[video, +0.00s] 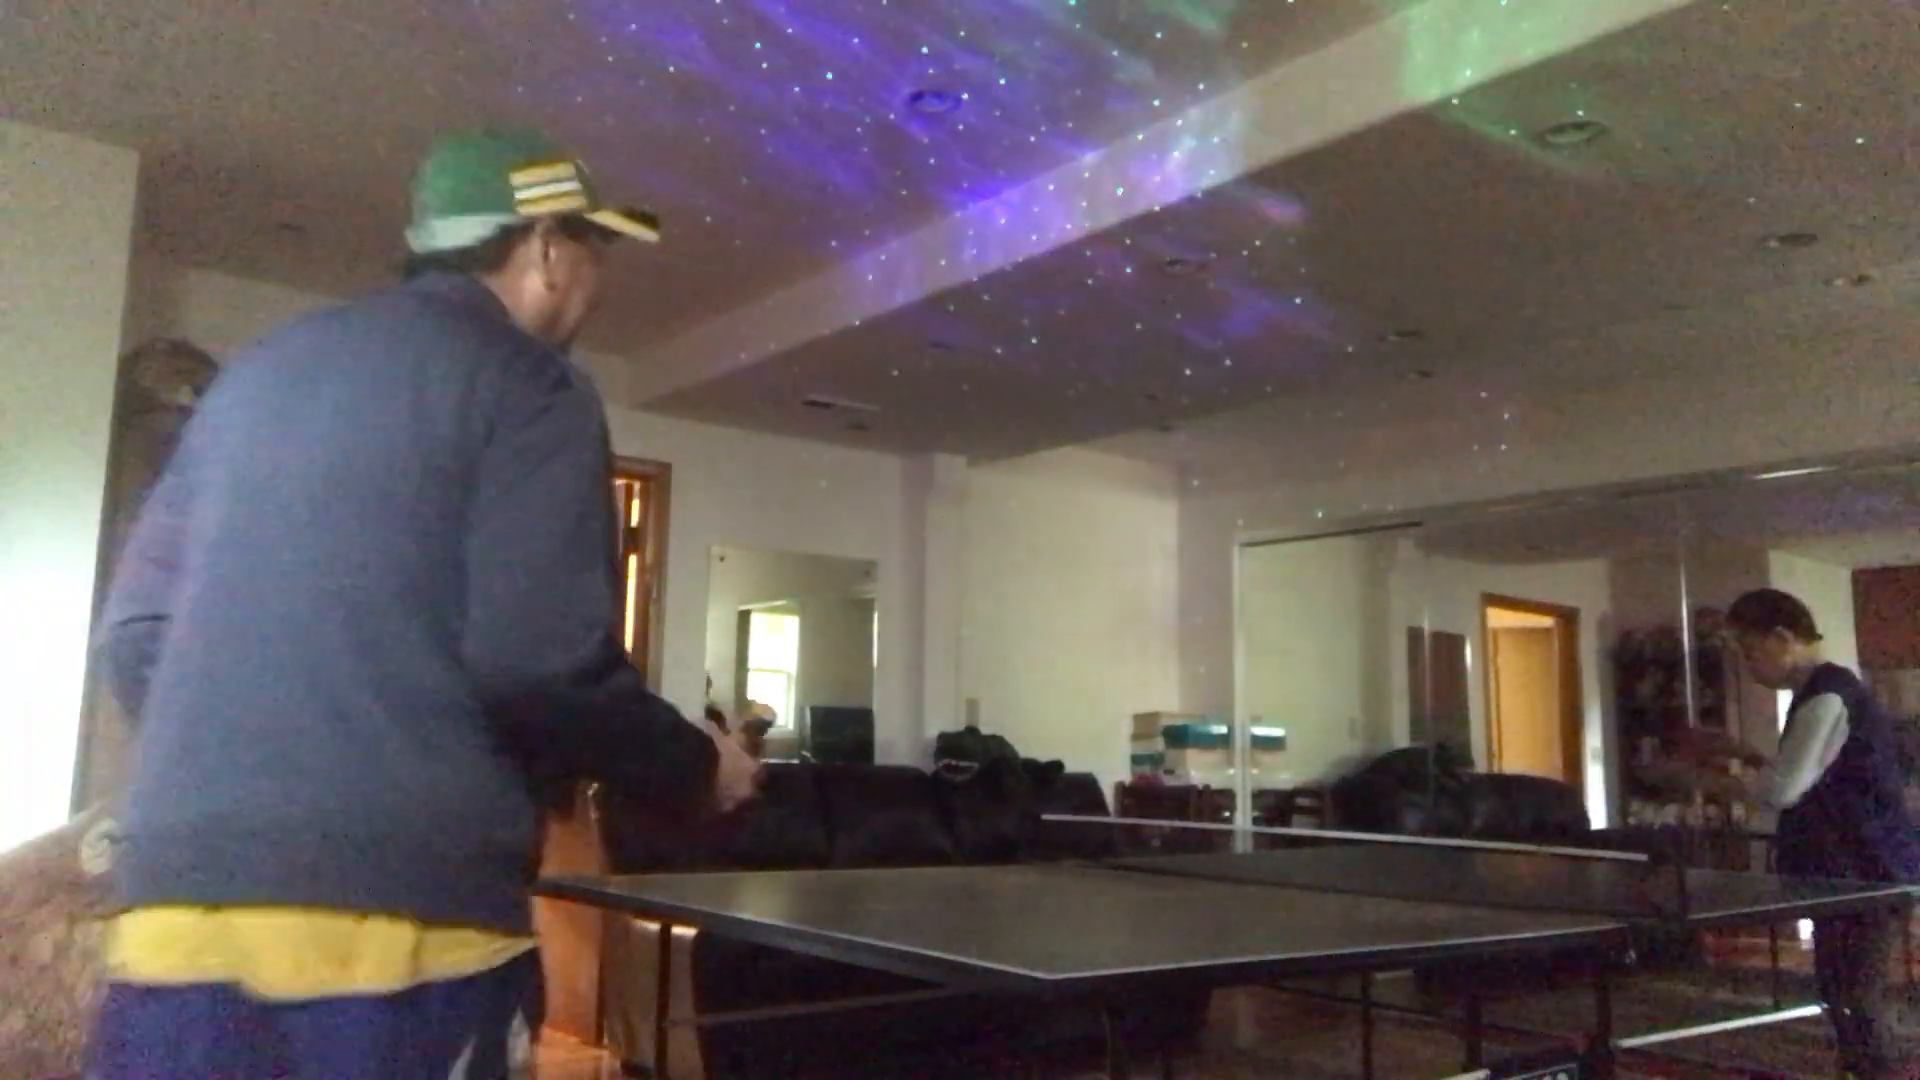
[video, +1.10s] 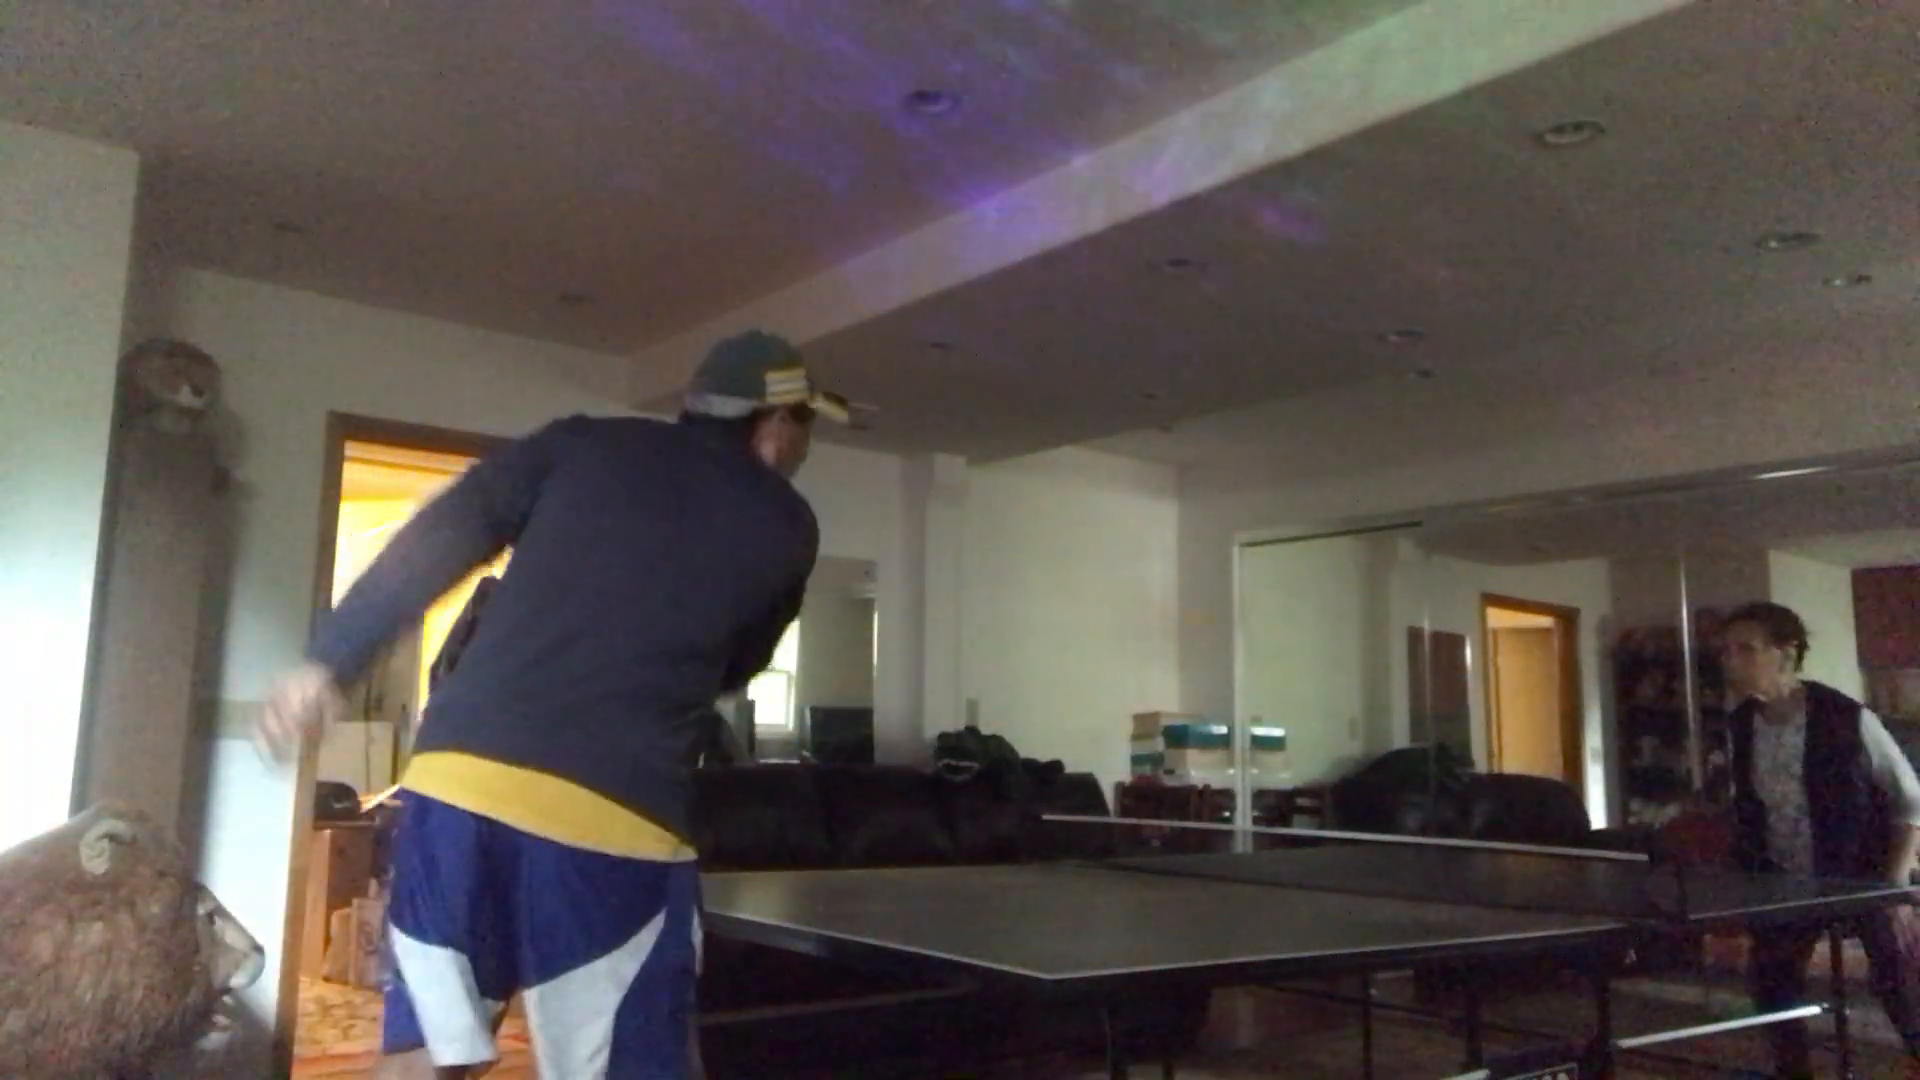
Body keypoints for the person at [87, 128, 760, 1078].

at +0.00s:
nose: (595, 291)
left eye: (598, 260)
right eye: (593, 257)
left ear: (433, 245)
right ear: (544, 254)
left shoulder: (255, 368)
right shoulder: (529, 382)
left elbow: (134, 629)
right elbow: (535, 663)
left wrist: (257, 773)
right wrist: (699, 761)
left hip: (174, 924)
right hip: (397, 934)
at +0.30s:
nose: (607, 347)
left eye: (609, 322)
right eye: (604, 318)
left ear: (469, 315)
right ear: (561, 314)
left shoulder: (333, 427)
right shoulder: (545, 429)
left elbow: (222, 644)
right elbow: (580, 663)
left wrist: (279, 777)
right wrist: (737, 726)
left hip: (262, 888)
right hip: (434, 902)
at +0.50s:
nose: (668, 396)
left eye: (670, 374)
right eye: (664, 371)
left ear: (546, 359)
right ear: (624, 366)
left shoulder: (413, 447)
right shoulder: (607, 465)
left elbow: (288, 635)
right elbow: (625, 681)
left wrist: (359, 767)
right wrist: (744, 759)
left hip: (280, 855)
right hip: (452, 865)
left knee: (283, 1065)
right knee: (564, 1059)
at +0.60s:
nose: (700, 446)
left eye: (704, 425)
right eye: (697, 422)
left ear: (584, 404)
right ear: (659, 418)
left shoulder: (448, 470)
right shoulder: (657, 515)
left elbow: (306, 637)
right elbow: (663, 706)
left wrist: (349, 775)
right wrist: (740, 803)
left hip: (291, 855)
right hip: (473, 872)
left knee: (283, 1068)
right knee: (561, 1066)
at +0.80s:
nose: (761, 509)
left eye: (766, 491)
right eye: (763, 489)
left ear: (661, 456)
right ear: (736, 482)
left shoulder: (529, 478)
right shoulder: (741, 574)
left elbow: (368, 556)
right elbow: (725, 758)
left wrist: (285, 714)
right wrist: (789, 780)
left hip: (389, 845)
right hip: (566, 878)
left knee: (300, 1068)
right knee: (605, 1065)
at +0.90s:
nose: (791, 499)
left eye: (796, 479)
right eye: (792, 478)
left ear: (689, 445)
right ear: (764, 470)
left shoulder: (583, 449)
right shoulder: (767, 563)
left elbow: (456, 443)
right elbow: (725, 704)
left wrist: (305, 588)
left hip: (425, 795)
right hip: (594, 830)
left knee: (370, 1064)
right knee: (625, 1064)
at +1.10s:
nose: (802, 452)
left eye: (806, 434)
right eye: (802, 433)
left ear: (695, 404)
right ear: (770, 428)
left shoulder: (579, 439)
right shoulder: (786, 522)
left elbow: (447, 530)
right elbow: (736, 663)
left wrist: (328, 660)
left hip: (454, 793)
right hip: (613, 832)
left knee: (423, 1052)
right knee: (625, 1065)